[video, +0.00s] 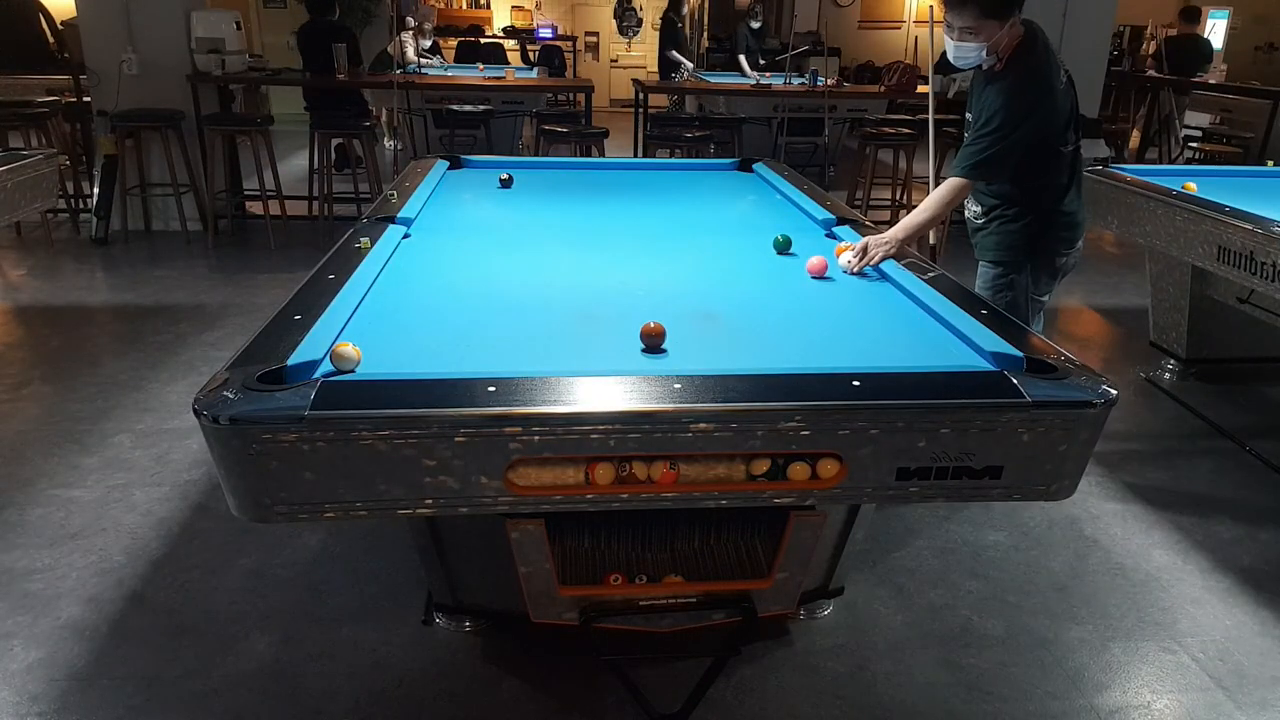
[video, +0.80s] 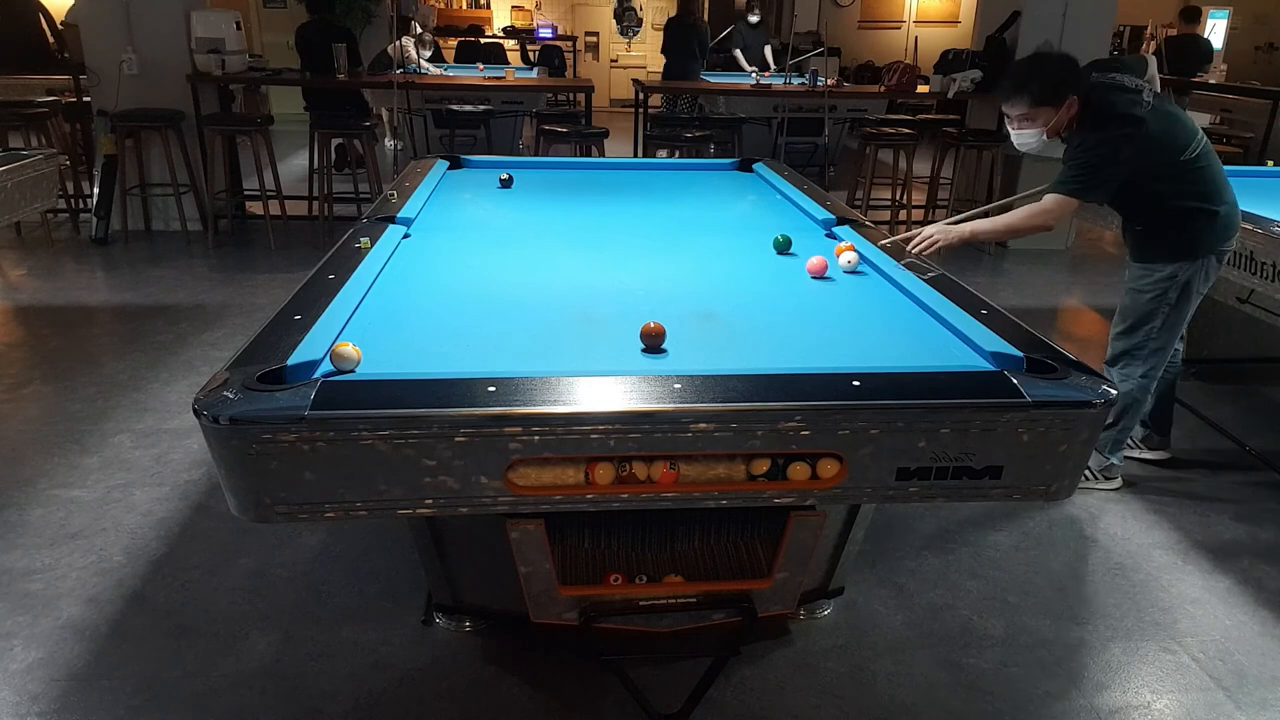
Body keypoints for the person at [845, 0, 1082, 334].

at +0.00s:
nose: (957, 40)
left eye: (970, 31)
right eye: (950, 27)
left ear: (1010, 27)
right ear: (944, 16)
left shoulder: (1015, 87)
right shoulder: (1018, 39)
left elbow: (963, 178)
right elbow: (951, 62)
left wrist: (893, 236)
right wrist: (918, 73)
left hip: (1022, 245)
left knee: (994, 358)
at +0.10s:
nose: (963, 41)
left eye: (977, 32)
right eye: (956, 28)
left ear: (1016, 28)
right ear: (949, 17)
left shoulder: (1021, 88)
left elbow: (966, 179)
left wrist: (895, 235)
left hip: (1030, 242)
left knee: (998, 357)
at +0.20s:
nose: (1014, 14)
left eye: (1029, 7)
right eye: (1012, 5)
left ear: (1065, 9)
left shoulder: (1083, 72)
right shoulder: (1029, 54)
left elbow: (1059, 176)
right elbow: (1001, 122)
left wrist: (975, 169)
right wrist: (964, 171)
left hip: (1055, 243)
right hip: (1023, 231)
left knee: (1011, 356)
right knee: (1044, 345)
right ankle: (1087, 430)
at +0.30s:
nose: (1064, 10)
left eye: (1076, 4)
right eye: (1064, 4)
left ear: (1110, 6)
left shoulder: (1135, 56)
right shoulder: (1078, 53)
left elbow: (1089, 143)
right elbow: (1060, 134)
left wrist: (1014, 121)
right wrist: (1031, 190)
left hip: (1101, 234)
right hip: (1064, 226)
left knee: (1041, 347)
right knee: (1082, 341)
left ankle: (1036, 452)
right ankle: (1092, 438)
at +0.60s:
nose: (1051, 62)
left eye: (1061, 50)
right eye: (1045, 51)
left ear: (1098, 33)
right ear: (1040, 38)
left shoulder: (1136, 75)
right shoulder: (1084, 72)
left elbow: (1081, 164)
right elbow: (1068, 148)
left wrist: (992, 176)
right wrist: (1055, 182)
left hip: (1155, 232)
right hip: (1108, 223)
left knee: (1112, 355)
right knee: (1087, 346)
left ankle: (1094, 461)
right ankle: (1071, 453)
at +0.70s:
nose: (1028, 105)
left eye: (1037, 93)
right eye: (1020, 93)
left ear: (1073, 76)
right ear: (1073, 72)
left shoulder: (1114, 106)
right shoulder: (1100, 79)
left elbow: (1065, 204)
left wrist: (975, 217)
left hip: (1168, 235)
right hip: (1149, 226)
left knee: (1114, 355)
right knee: (1130, 342)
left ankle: (1099, 461)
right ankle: (1141, 438)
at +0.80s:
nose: (1019, 130)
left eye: (1029, 120)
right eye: (1013, 119)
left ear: (1069, 107)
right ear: (1072, 100)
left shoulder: (1105, 130)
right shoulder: (1099, 89)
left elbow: (1051, 214)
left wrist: (961, 231)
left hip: (1182, 235)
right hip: (1199, 220)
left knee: (1132, 351)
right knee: (1161, 339)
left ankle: (1100, 459)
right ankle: (1154, 432)